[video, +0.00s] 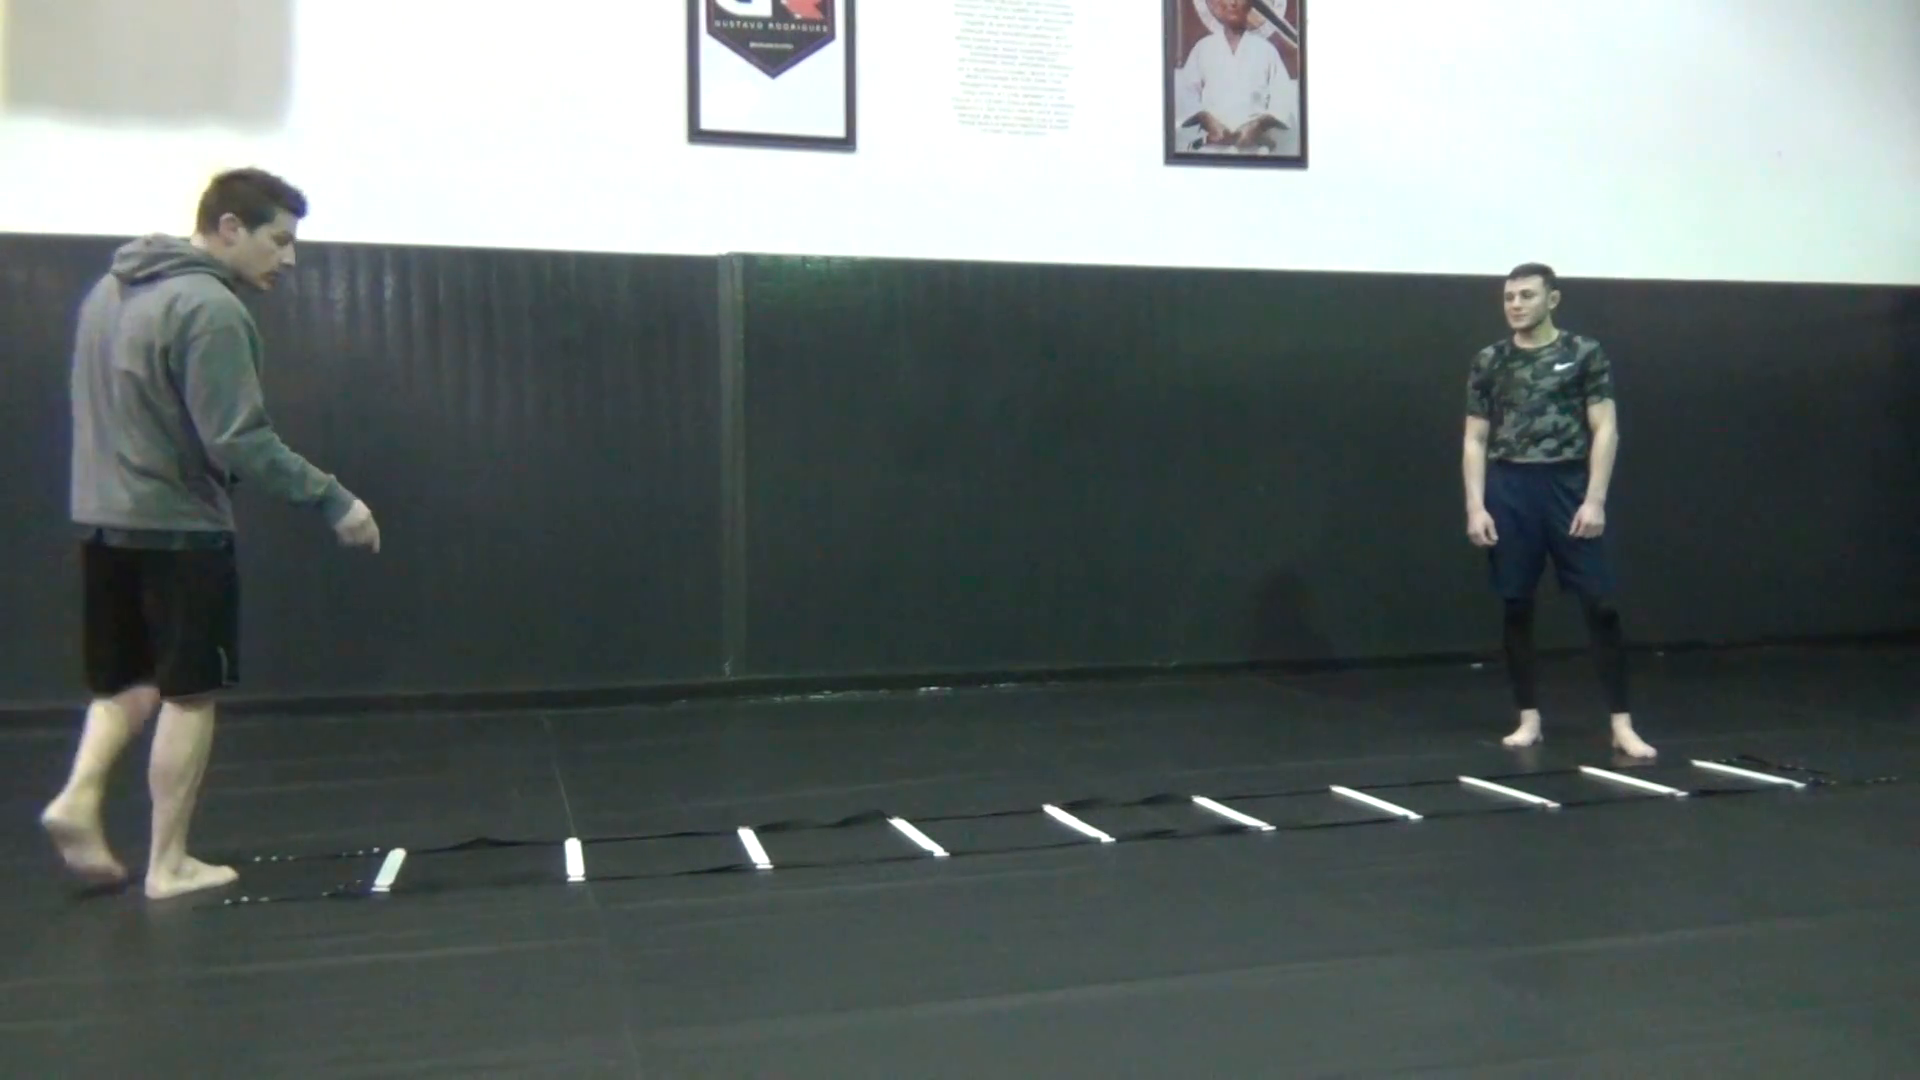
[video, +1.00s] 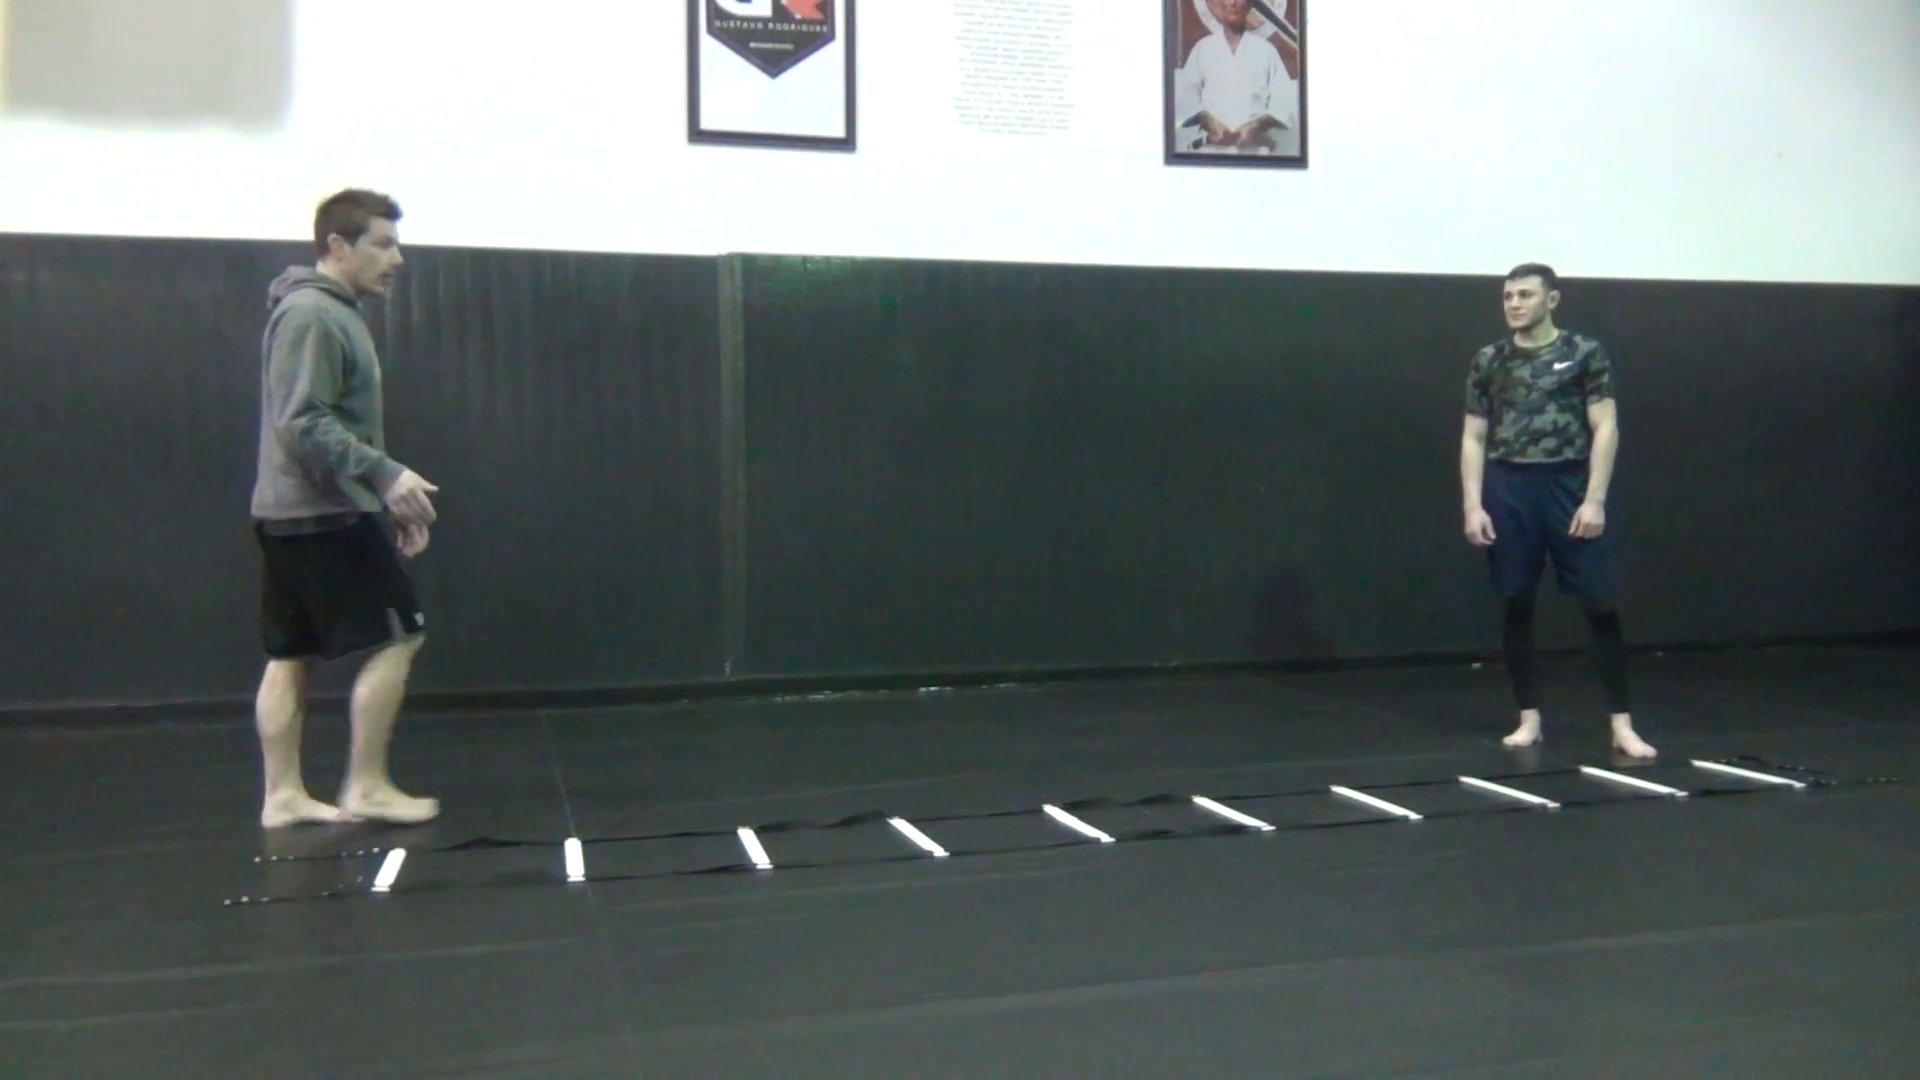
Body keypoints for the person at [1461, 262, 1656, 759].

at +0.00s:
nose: (1516, 305)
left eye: (1527, 296)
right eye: (1510, 298)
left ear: (1552, 299)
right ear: (1503, 304)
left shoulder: (1585, 353)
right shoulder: (1489, 361)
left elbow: (1604, 428)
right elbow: (1475, 438)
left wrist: (1595, 499)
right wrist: (1475, 506)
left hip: (1570, 490)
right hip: (1509, 491)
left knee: (1601, 603)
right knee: (1515, 605)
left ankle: (1621, 724)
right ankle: (1528, 718)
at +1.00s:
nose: (1513, 304)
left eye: (1524, 295)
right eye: (1508, 297)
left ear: (1552, 300)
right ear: (1503, 303)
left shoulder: (1586, 353)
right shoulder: (1488, 360)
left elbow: (1605, 427)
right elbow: (1473, 437)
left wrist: (1595, 499)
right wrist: (1472, 505)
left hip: (1570, 491)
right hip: (1509, 491)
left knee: (1601, 604)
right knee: (1516, 603)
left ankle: (1621, 723)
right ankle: (1528, 717)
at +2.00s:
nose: (1513, 305)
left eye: (1524, 296)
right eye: (1508, 298)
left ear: (1551, 300)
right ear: (1503, 304)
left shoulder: (1586, 353)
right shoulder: (1489, 361)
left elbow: (1603, 431)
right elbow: (1474, 437)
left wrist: (1597, 499)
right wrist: (1474, 499)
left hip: (1570, 489)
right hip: (1509, 491)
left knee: (1600, 603)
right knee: (1515, 604)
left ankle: (1620, 723)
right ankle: (1528, 717)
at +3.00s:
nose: (1509, 304)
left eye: (1520, 296)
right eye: (1504, 297)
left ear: (1549, 300)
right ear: (1501, 304)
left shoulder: (1585, 353)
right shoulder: (1489, 360)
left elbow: (1602, 429)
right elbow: (1474, 438)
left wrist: (1598, 499)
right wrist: (1473, 505)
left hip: (1569, 490)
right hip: (1508, 491)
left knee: (1601, 604)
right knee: (1515, 606)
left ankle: (1621, 724)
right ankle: (1528, 718)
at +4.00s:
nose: (1511, 305)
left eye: (1522, 296)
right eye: (1507, 297)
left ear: (1552, 300)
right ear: (1505, 303)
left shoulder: (1588, 353)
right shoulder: (1490, 359)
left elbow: (1605, 429)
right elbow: (1474, 437)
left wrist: (1601, 500)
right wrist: (1473, 504)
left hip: (1571, 490)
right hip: (1509, 491)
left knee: (1602, 605)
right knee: (1516, 606)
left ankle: (1621, 724)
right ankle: (1528, 718)